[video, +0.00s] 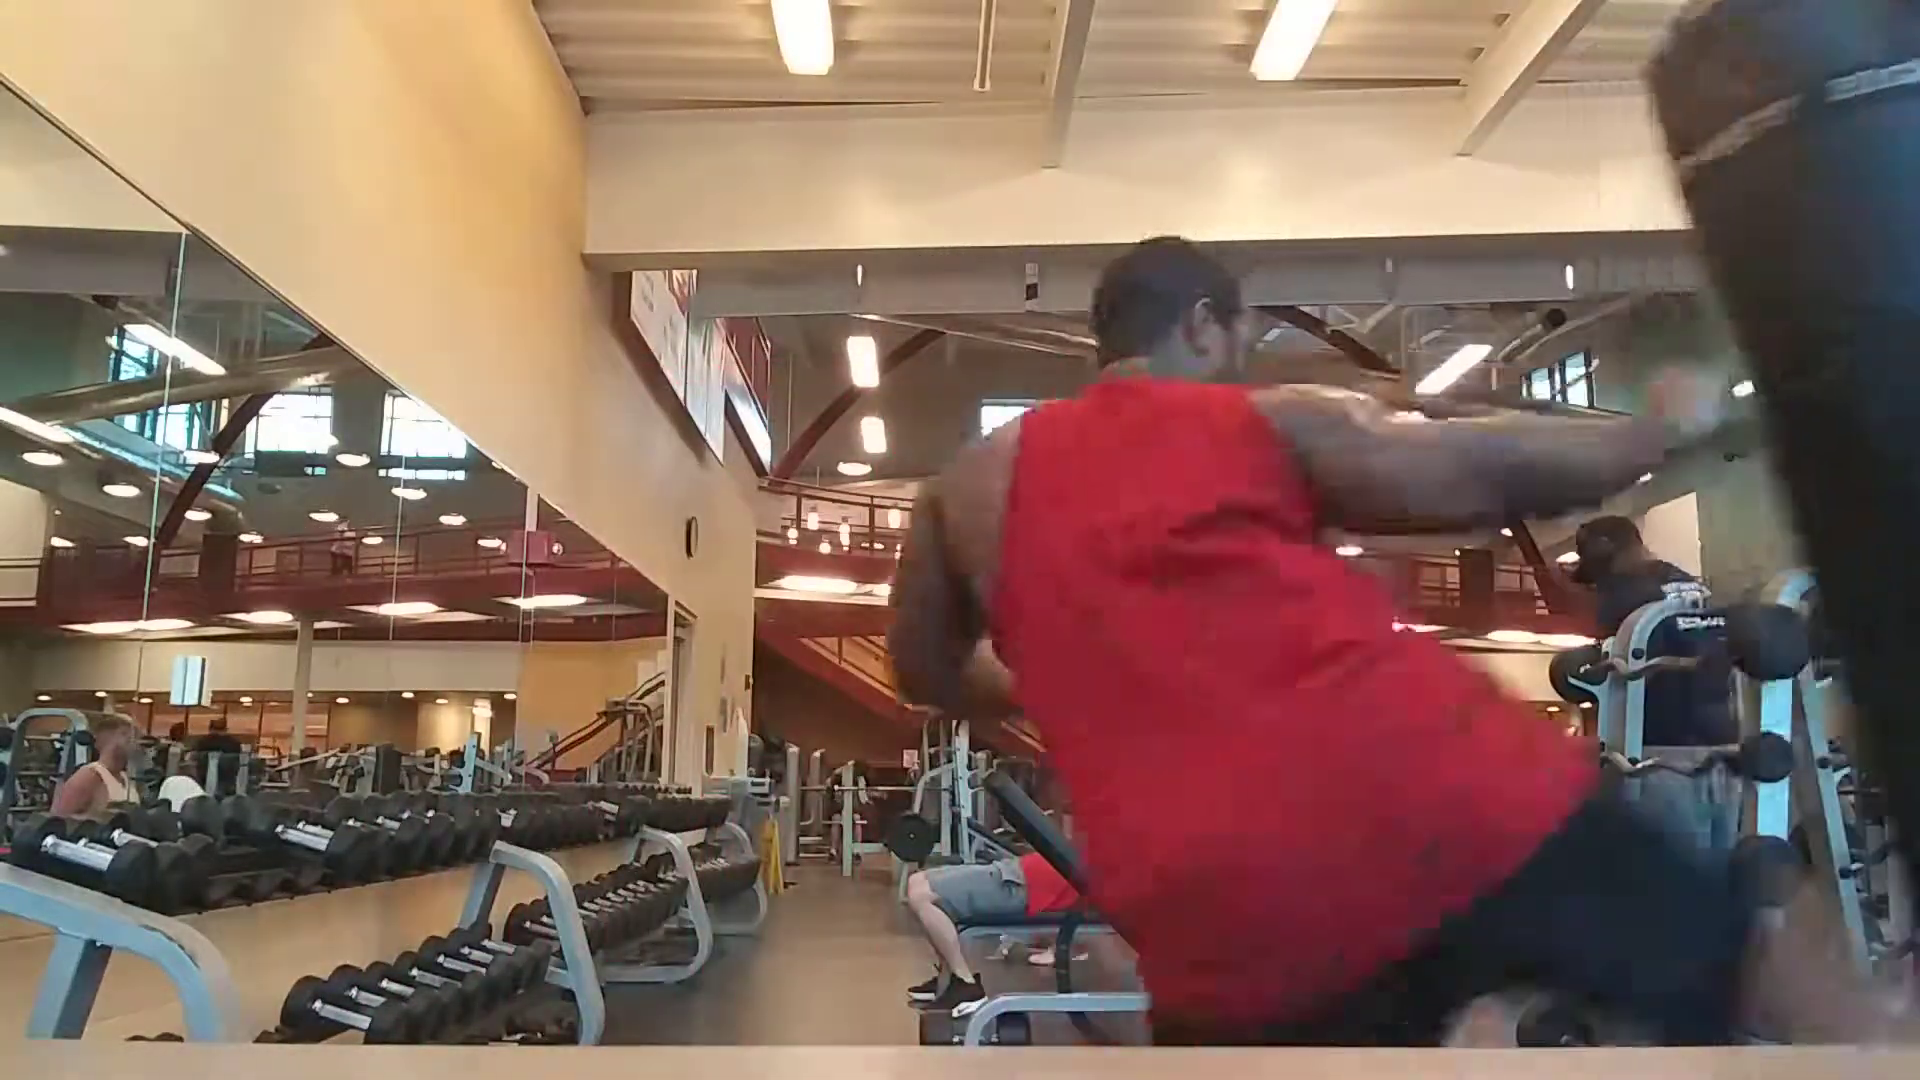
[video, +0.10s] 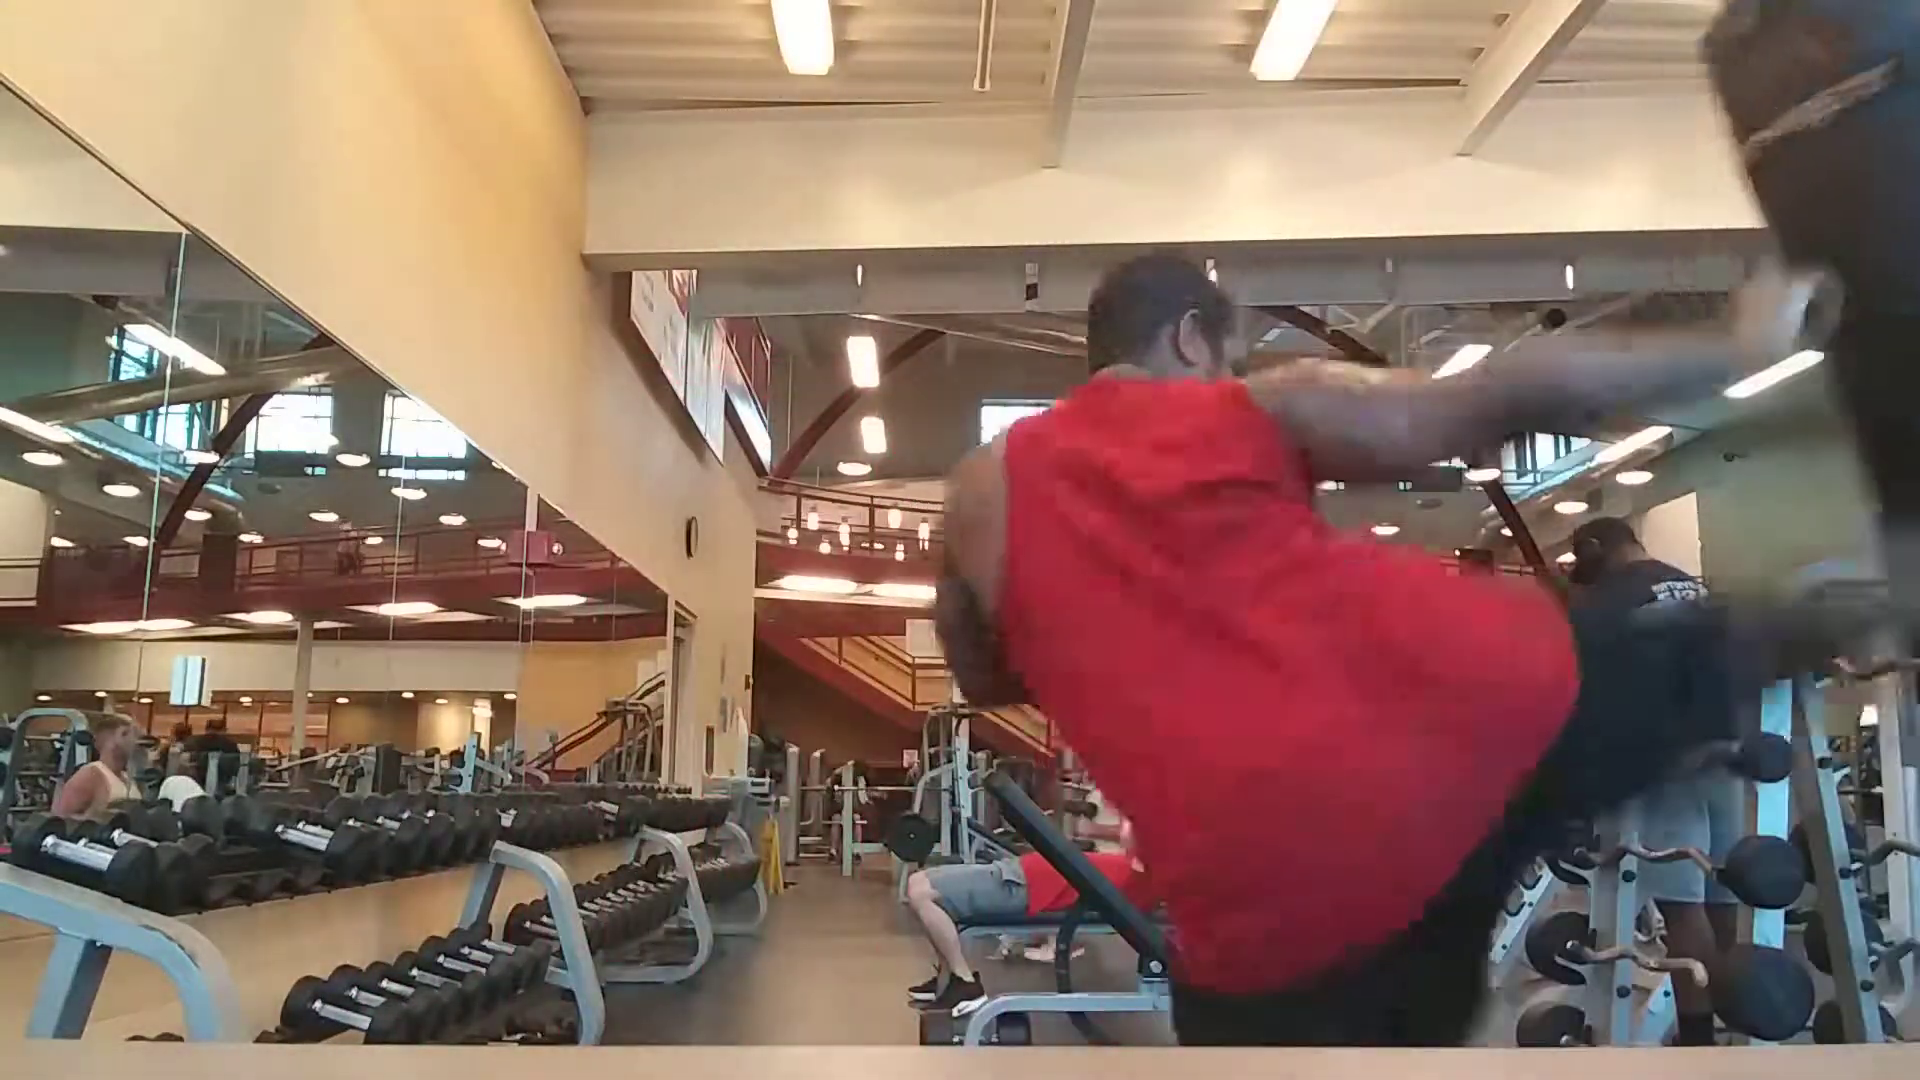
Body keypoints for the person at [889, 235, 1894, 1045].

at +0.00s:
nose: (1245, 352)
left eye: (1237, 338)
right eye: (1238, 334)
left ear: (1098, 340)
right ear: (1207, 331)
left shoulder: (965, 486)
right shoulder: (1258, 416)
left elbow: (925, 674)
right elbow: (1480, 469)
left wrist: (1049, 707)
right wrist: (1645, 439)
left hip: (1227, 942)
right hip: (1459, 819)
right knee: (1766, 964)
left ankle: (1473, 1034)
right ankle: (1864, 1045)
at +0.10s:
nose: (1238, 364)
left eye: (1235, 348)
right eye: (1234, 345)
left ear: (1089, 352)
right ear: (1191, 336)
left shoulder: (975, 494)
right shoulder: (1252, 399)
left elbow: (982, 679)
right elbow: (1482, 404)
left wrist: (1097, 609)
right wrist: (1735, 348)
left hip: (1291, 902)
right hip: (1490, 713)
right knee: (1723, 649)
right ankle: (1848, 623)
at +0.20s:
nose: (1236, 368)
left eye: (1231, 352)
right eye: (1227, 351)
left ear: (1079, 369)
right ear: (1187, 348)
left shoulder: (976, 537)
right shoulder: (1223, 402)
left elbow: (1032, 745)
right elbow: (1479, 369)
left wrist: (1117, 635)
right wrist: (1714, 294)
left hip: (1286, 885)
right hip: (1470, 687)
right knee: (1816, 607)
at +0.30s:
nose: (1225, 380)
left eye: (1221, 365)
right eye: (1218, 362)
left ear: (1072, 381)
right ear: (1180, 355)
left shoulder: (981, 555)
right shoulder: (1218, 417)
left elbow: (1052, 734)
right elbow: (1469, 409)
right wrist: (1618, 338)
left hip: (1286, 930)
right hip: (1487, 749)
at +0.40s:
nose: (1232, 361)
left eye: (1228, 342)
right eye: (1224, 340)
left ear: (1084, 364)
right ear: (1189, 332)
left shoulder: (1003, 550)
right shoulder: (1211, 420)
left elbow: (1069, 689)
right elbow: (1467, 460)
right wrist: (1567, 397)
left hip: (1254, 930)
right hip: (1472, 786)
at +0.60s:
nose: (1309, 294)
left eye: (1305, 267)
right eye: (1299, 263)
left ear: (1156, 293)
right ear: (1251, 258)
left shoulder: (1087, 445)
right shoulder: (1300, 364)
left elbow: (1087, 609)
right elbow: (1511, 542)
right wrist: (1544, 493)